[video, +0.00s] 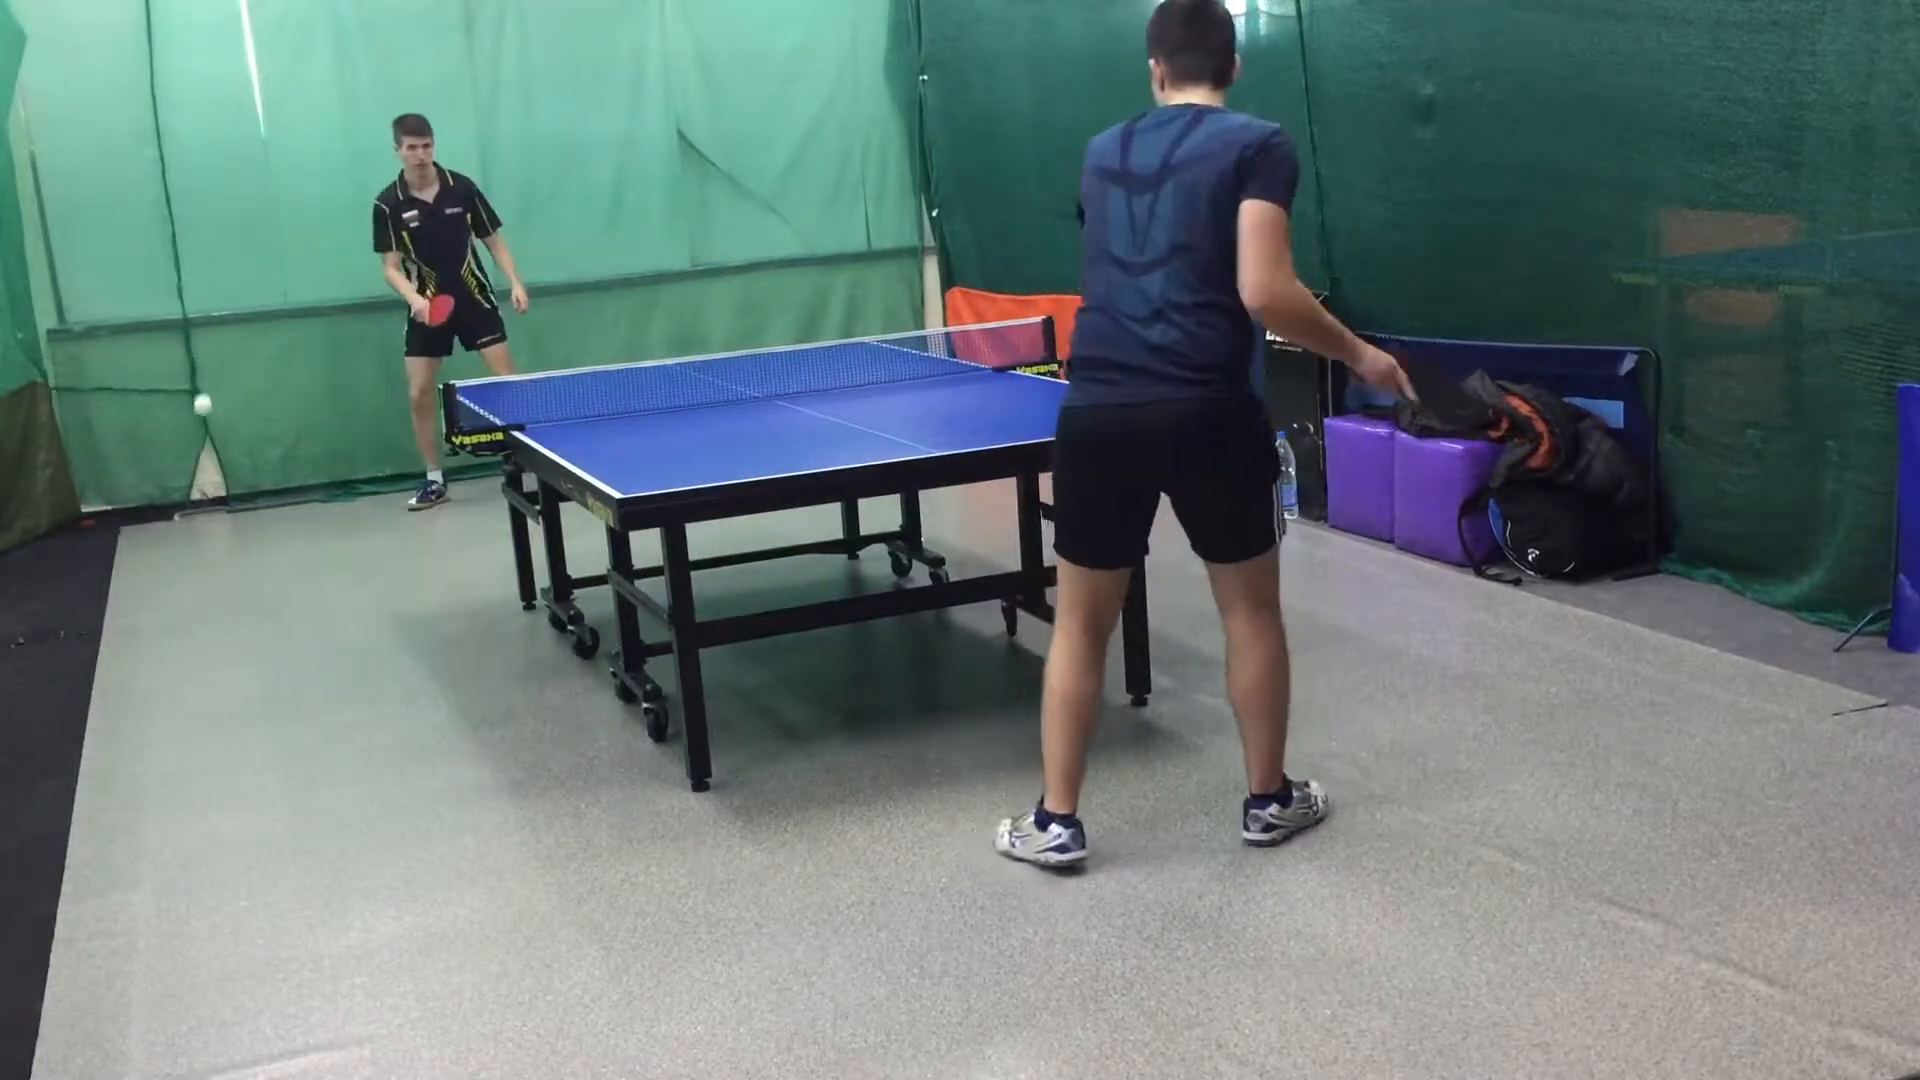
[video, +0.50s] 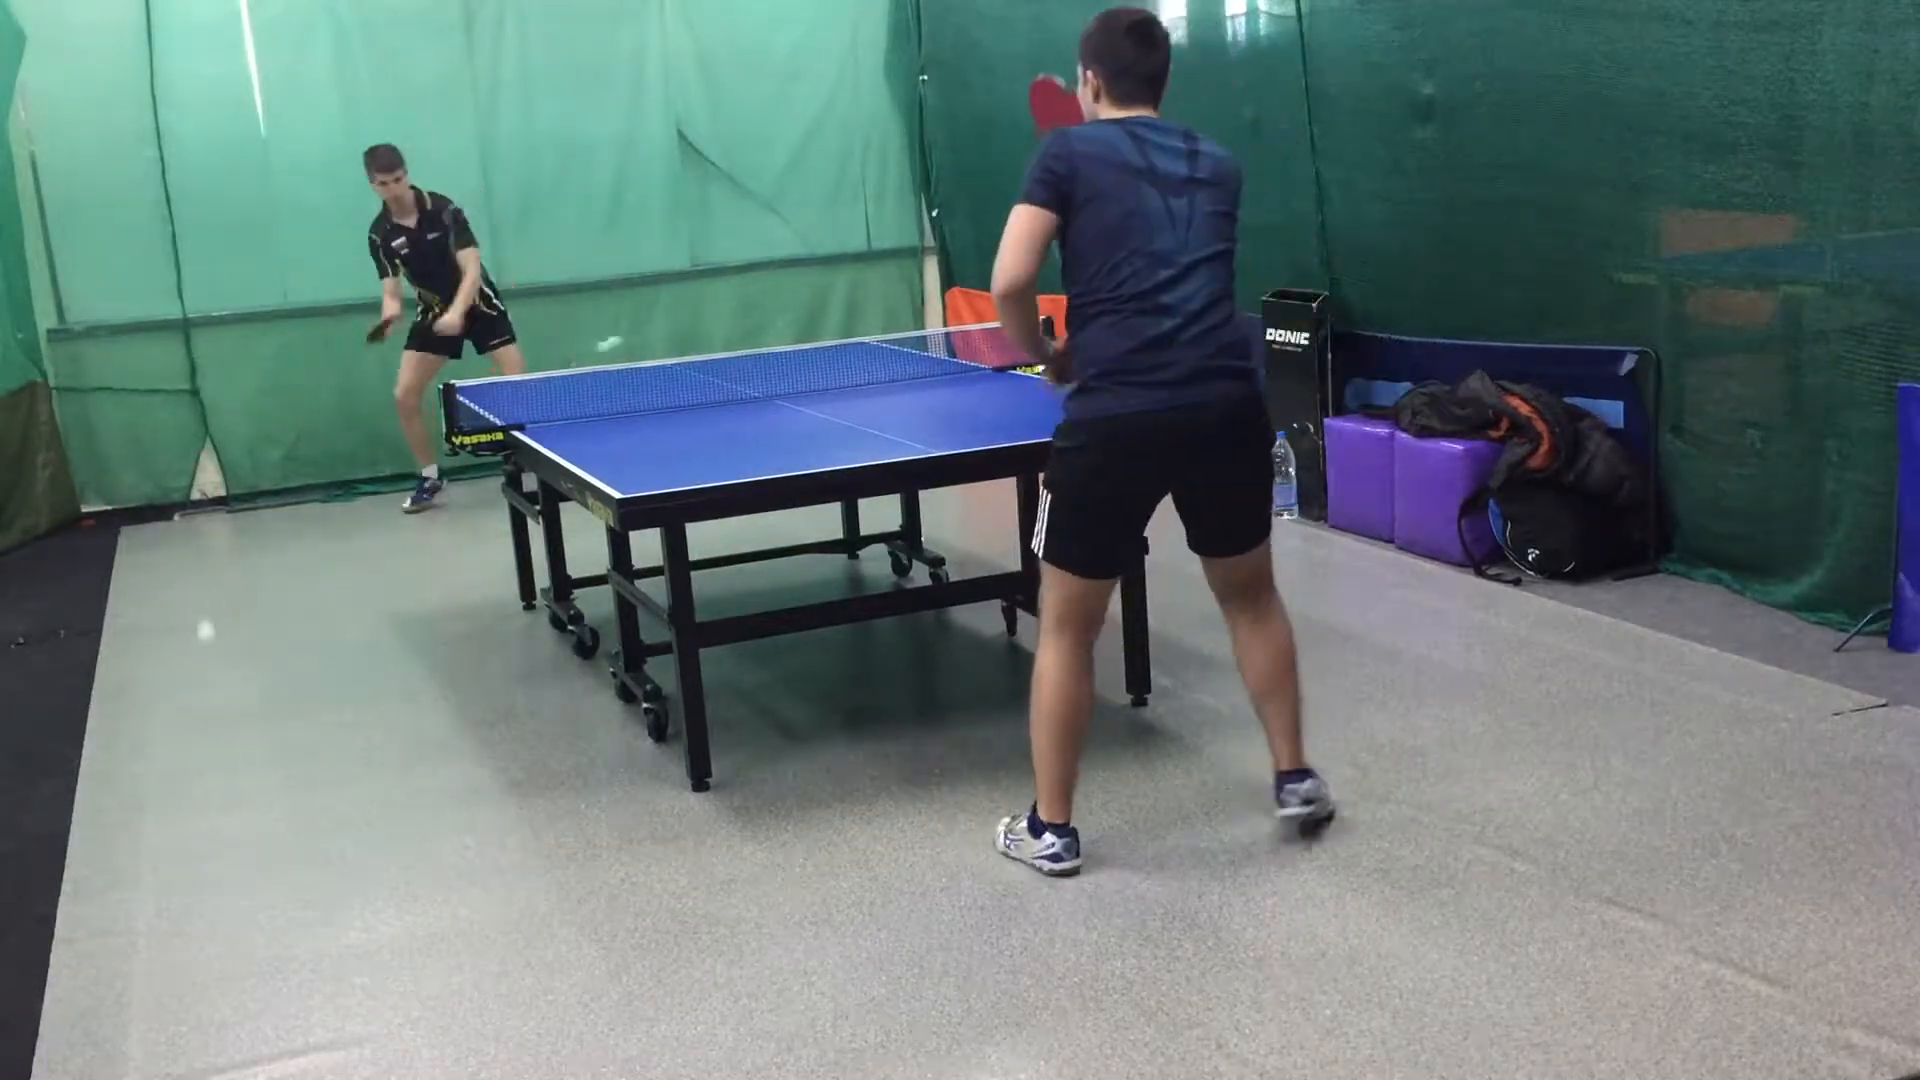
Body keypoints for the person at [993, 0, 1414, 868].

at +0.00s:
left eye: (1161, 61)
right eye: (1231, 64)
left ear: (1153, 69)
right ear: (1234, 69)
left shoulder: (1103, 151)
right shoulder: (1256, 143)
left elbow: (1102, 279)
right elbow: (1266, 292)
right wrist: (1359, 353)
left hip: (1098, 422)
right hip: (1210, 419)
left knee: (1081, 621)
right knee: (1250, 608)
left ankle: (1057, 820)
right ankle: (1267, 799)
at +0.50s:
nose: (1074, 88)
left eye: (1076, 76)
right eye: (1080, 76)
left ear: (1090, 82)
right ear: (1165, 85)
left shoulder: (1066, 152)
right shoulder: (1217, 161)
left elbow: (1010, 283)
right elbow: (1208, 275)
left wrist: (1051, 364)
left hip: (1112, 425)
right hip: (1224, 415)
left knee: (1069, 632)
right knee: (1252, 597)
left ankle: (1052, 826)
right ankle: (1294, 777)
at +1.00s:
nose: (1127, 110)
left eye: (1127, 99)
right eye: (1135, 98)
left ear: (1136, 104)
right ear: (1209, 106)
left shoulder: (1096, 173)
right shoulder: (1259, 192)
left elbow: (1020, 280)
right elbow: (1295, 335)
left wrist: (1084, 319)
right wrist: (1341, 414)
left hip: (1118, 432)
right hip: (1231, 431)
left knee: (1055, 624)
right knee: (1274, 605)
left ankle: (1050, 827)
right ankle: (1330, 787)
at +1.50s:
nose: (1209, 144)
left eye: (1210, 134)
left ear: (1214, 141)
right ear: (1286, 152)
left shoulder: (1157, 198)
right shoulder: (1314, 238)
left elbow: (1066, 296)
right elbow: (1327, 377)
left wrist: (1140, 334)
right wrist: (1338, 336)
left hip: (1147, 445)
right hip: (1265, 450)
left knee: (1071, 627)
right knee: (1307, 605)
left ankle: (1044, 828)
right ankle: (1330, 783)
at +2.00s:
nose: (1129, 131)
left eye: (1130, 121)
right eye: (1132, 120)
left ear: (1143, 124)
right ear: (1214, 124)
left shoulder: (1129, 190)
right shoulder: (1272, 205)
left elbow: (1079, 304)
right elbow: (1262, 309)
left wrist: (1130, 348)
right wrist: (1170, 328)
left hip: (1181, 448)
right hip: (1284, 442)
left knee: (1075, 623)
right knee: (1285, 602)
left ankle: (1070, 829)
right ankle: (1346, 779)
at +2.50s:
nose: (1199, 162)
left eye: (1199, 152)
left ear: (1204, 158)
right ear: (1277, 167)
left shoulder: (1146, 219)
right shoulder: (1308, 250)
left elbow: (1060, 323)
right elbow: (1342, 393)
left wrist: (1136, 367)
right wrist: (1390, 367)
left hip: (1137, 470)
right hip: (1257, 470)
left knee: (1064, 635)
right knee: (1322, 604)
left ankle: (1069, 829)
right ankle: (1348, 785)